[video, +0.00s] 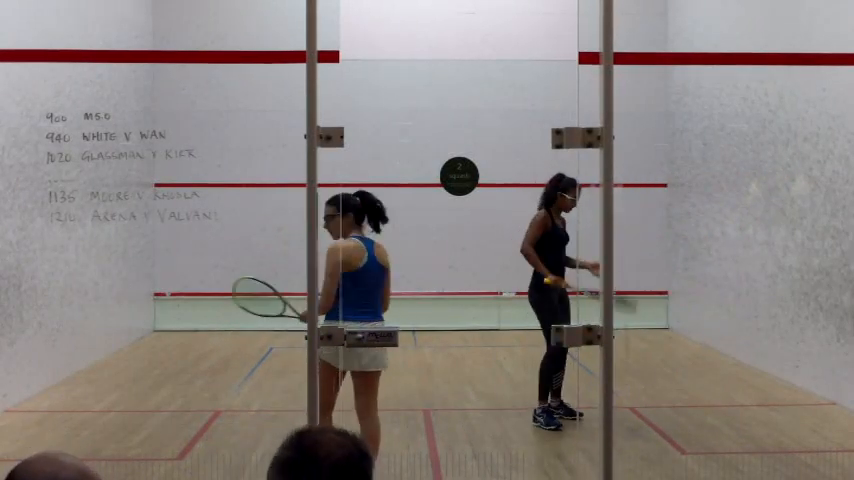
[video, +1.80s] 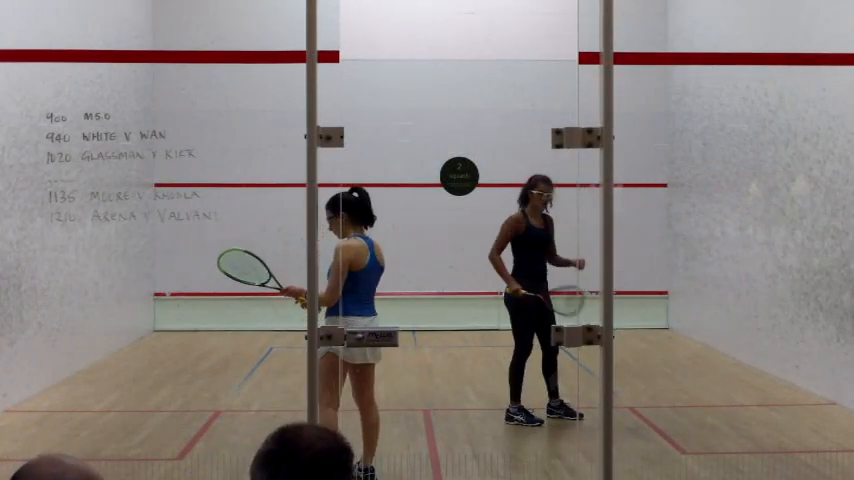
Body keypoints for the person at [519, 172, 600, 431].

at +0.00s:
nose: (575, 203)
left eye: (575, 198)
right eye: (572, 198)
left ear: (562, 197)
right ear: (559, 195)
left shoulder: (560, 221)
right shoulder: (542, 218)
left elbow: (558, 257)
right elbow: (526, 249)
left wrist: (584, 264)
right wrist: (548, 275)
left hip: (557, 290)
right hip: (542, 291)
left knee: (562, 346)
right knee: (555, 347)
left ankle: (556, 402)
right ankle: (541, 409)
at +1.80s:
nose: (546, 199)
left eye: (549, 195)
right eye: (542, 194)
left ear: (550, 198)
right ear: (530, 193)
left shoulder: (547, 222)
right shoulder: (515, 221)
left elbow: (551, 257)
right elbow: (494, 255)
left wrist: (572, 263)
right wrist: (511, 284)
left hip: (541, 293)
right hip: (520, 293)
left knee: (550, 347)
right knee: (523, 348)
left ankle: (555, 402)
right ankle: (514, 407)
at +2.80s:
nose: (546, 193)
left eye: (549, 189)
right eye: (540, 189)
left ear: (552, 193)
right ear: (530, 193)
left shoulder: (550, 219)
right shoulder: (523, 220)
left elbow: (546, 254)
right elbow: (510, 257)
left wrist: (569, 258)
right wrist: (535, 275)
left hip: (551, 290)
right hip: (532, 291)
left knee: (557, 345)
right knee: (529, 348)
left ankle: (557, 402)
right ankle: (515, 407)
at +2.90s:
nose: (550, 193)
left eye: (553, 189)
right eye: (544, 189)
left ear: (556, 194)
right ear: (535, 193)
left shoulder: (553, 220)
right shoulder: (527, 220)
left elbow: (549, 254)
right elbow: (513, 256)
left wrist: (573, 257)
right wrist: (538, 275)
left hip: (555, 290)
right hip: (535, 291)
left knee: (556, 346)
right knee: (531, 348)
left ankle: (557, 402)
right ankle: (515, 407)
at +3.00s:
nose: (550, 191)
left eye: (554, 187)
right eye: (545, 187)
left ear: (559, 193)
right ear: (537, 192)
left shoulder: (556, 219)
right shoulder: (529, 220)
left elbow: (552, 254)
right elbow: (514, 255)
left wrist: (575, 257)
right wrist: (538, 275)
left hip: (557, 289)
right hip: (537, 291)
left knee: (556, 346)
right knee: (532, 347)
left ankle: (556, 402)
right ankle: (515, 407)